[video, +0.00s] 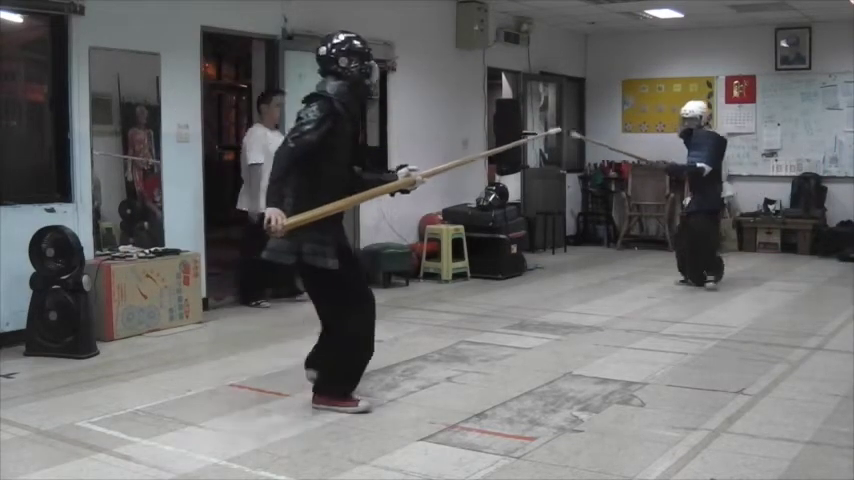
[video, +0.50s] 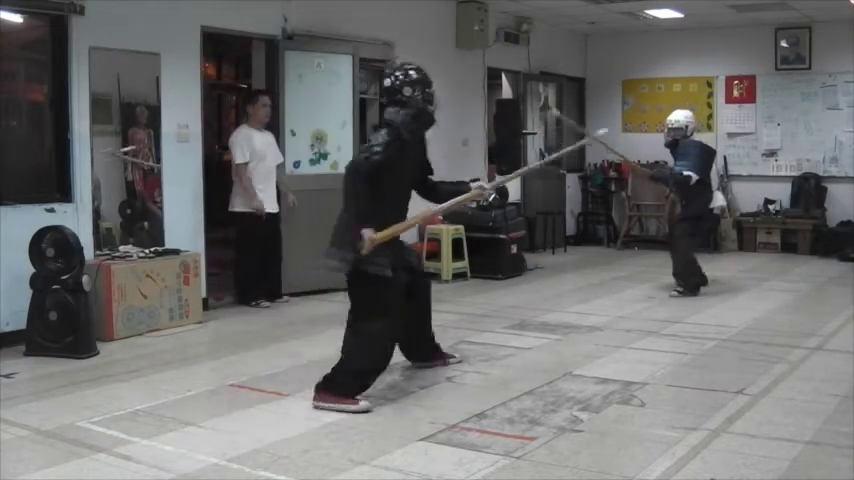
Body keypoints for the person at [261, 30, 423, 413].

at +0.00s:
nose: (368, 69)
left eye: (367, 62)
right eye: (360, 62)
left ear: (345, 64)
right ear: (341, 63)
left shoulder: (346, 108)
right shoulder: (322, 104)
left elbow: (348, 175)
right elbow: (288, 152)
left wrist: (394, 180)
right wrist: (275, 204)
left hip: (327, 224)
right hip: (311, 226)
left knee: (348, 300)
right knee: (355, 306)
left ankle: (322, 365)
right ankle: (332, 392)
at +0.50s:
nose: (431, 101)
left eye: (430, 94)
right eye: (425, 95)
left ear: (403, 97)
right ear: (409, 97)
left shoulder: (412, 137)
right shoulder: (389, 136)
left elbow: (429, 188)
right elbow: (356, 171)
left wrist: (469, 189)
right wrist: (364, 224)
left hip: (387, 238)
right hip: (365, 240)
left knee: (414, 286)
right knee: (376, 314)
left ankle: (423, 353)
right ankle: (335, 389)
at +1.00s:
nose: (441, 103)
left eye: (441, 96)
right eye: (436, 96)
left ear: (412, 97)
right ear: (422, 97)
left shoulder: (416, 134)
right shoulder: (401, 133)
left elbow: (413, 188)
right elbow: (374, 172)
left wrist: (449, 186)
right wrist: (367, 216)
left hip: (399, 233)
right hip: (382, 234)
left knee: (427, 281)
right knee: (384, 313)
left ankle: (429, 350)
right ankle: (325, 378)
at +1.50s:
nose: (406, 85)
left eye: (405, 77)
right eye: (400, 77)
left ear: (376, 79)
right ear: (384, 78)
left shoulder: (384, 120)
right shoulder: (361, 116)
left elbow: (399, 176)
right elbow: (327, 156)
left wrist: (447, 182)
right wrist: (311, 210)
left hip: (352, 226)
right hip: (329, 227)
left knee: (374, 284)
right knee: (350, 302)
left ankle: (369, 360)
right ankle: (315, 386)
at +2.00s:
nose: (408, 83)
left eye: (407, 75)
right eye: (402, 76)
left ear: (380, 77)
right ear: (387, 78)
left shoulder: (381, 121)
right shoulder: (363, 116)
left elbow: (388, 182)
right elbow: (330, 158)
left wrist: (424, 178)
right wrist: (323, 208)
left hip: (359, 230)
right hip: (336, 230)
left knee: (381, 286)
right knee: (354, 306)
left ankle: (370, 362)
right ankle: (314, 387)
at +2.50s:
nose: (426, 98)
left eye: (425, 91)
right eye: (421, 91)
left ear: (398, 91)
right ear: (408, 92)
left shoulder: (400, 132)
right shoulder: (384, 127)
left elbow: (413, 190)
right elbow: (349, 166)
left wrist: (457, 187)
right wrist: (341, 217)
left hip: (375, 234)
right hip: (352, 236)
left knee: (405, 272)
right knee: (368, 317)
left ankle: (397, 358)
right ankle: (317, 386)